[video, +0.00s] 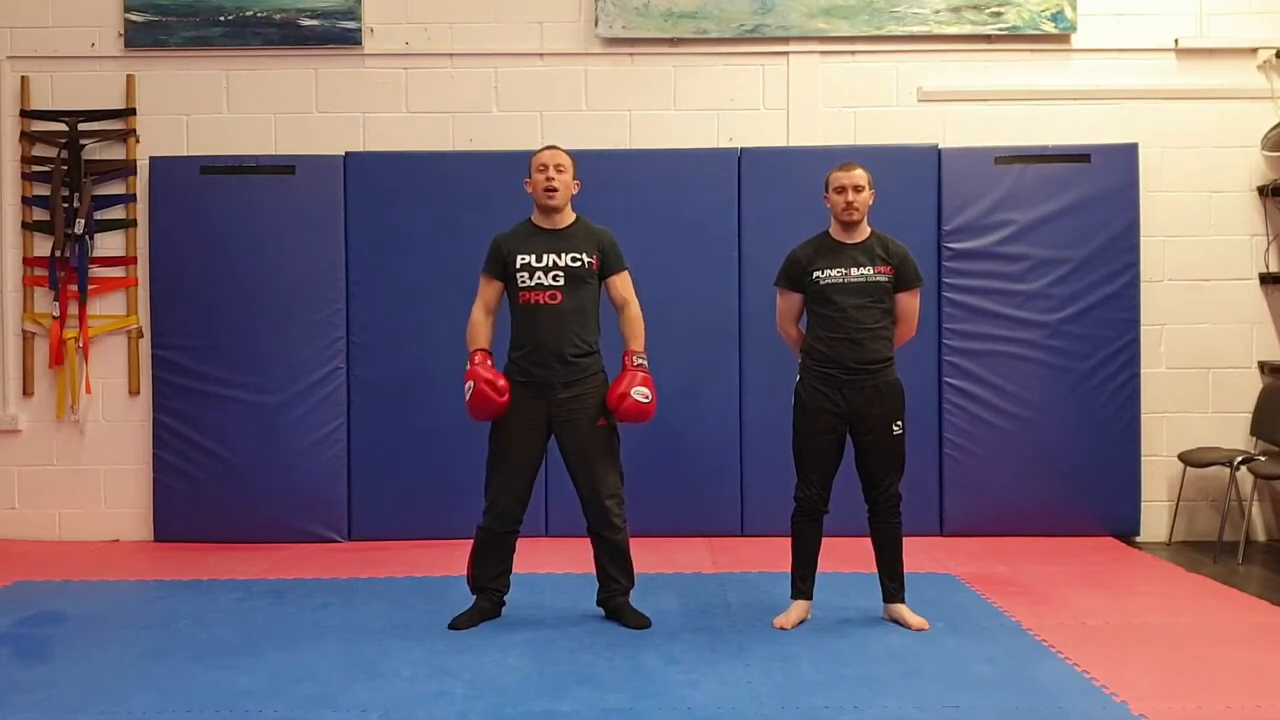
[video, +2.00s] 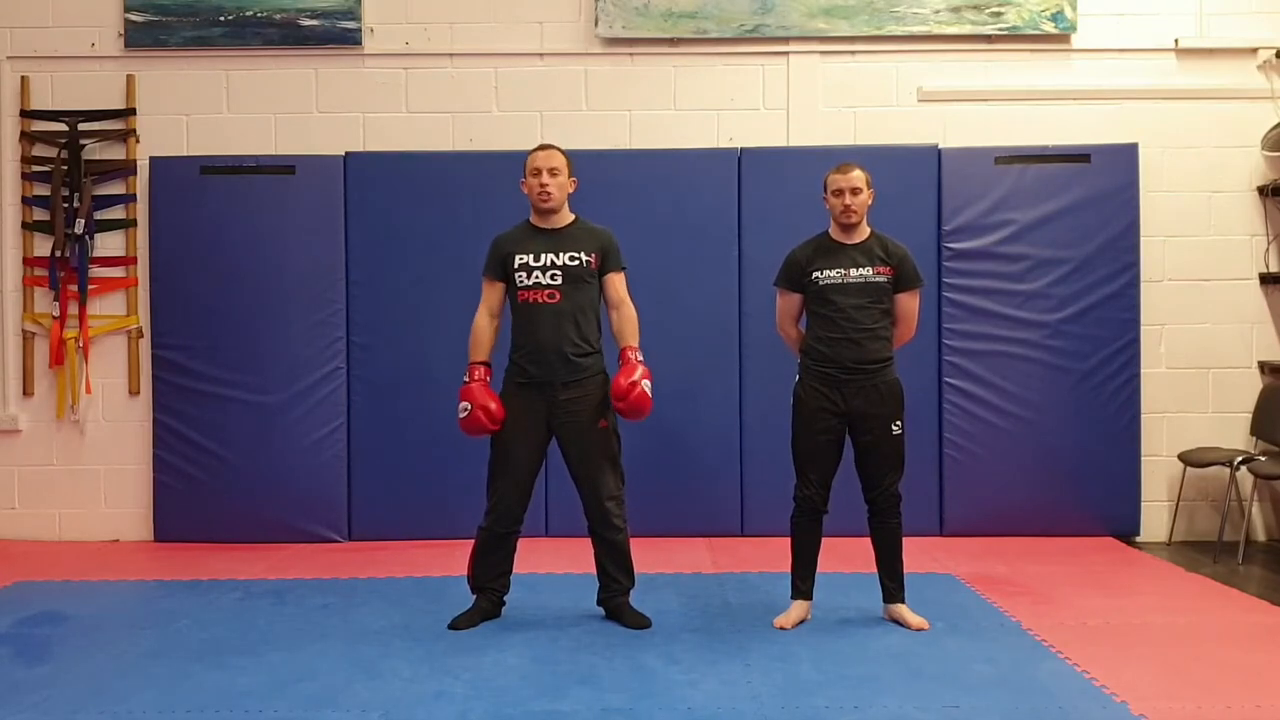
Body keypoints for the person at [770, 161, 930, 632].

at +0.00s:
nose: (849, 197)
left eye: (857, 189)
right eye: (839, 190)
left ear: (871, 196)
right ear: (827, 198)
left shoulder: (896, 256)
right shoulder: (803, 258)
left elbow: (907, 327)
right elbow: (787, 325)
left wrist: (865, 353)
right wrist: (822, 357)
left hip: (878, 392)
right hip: (819, 393)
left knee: (885, 499)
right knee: (810, 497)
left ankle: (894, 600)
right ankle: (801, 598)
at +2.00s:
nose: (847, 200)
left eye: (855, 191)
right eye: (838, 193)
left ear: (870, 197)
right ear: (826, 200)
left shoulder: (895, 257)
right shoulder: (803, 258)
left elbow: (906, 329)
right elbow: (786, 326)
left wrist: (864, 353)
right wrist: (821, 357)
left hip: (877, 391)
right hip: (818, 392)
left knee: (885, 498)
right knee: (809, 497)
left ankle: (894, 601)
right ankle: (801, 598)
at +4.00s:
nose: (847, 199)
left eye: (855, 190)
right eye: (838, 191)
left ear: (872, 196)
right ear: (827, 198)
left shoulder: (897, 256)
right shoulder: (805, 258)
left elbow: (908, 327)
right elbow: (787, 325)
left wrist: (866, 353)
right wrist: (822, 357)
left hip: (879, 392)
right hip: (820, 392)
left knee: (886, 499)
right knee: (810, 497)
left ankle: (894, 601)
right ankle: (801, 599)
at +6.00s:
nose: (835, 202)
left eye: (845, 194)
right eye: (831, 194)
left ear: (871, 199)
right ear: (828, 199)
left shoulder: (900, 255)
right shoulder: (812, 259)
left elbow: (923, 322)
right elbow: (807, 325)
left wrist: (908, 376)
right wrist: (805, 376)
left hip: (884, 390)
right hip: (824, 391)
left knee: (888, 500)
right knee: (810, 496)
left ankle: (892, 600)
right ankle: (799, 597)